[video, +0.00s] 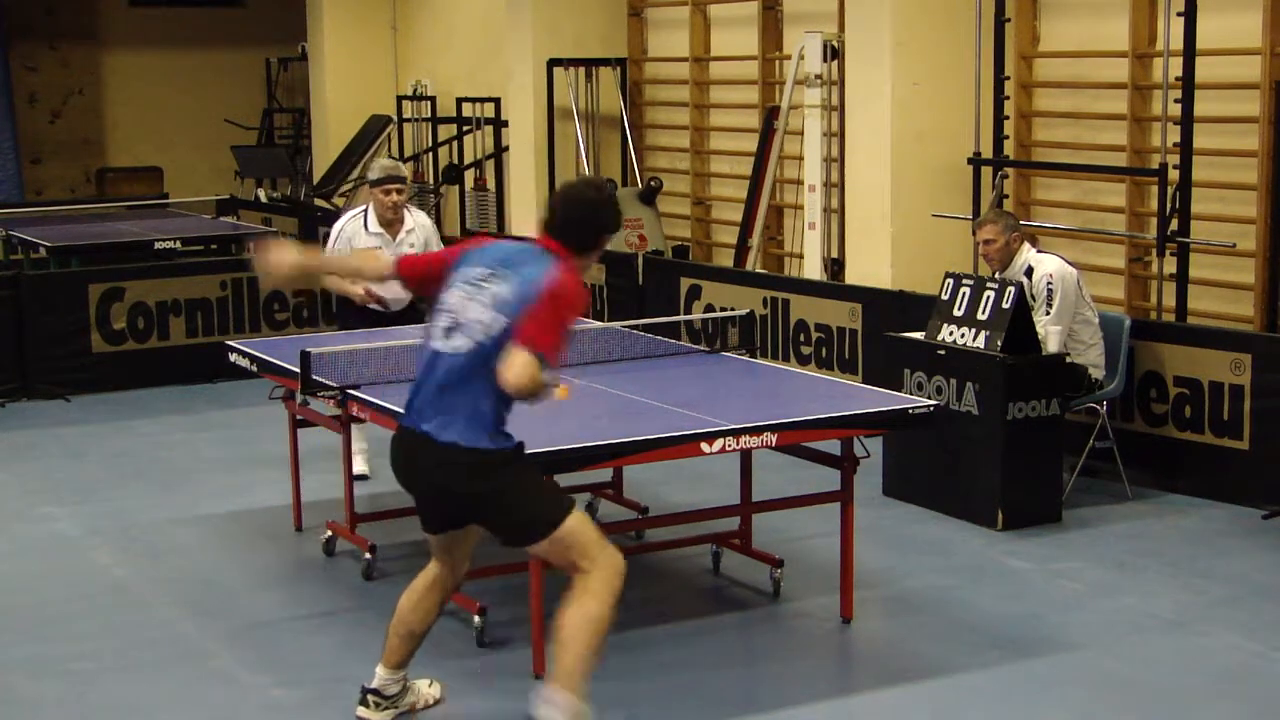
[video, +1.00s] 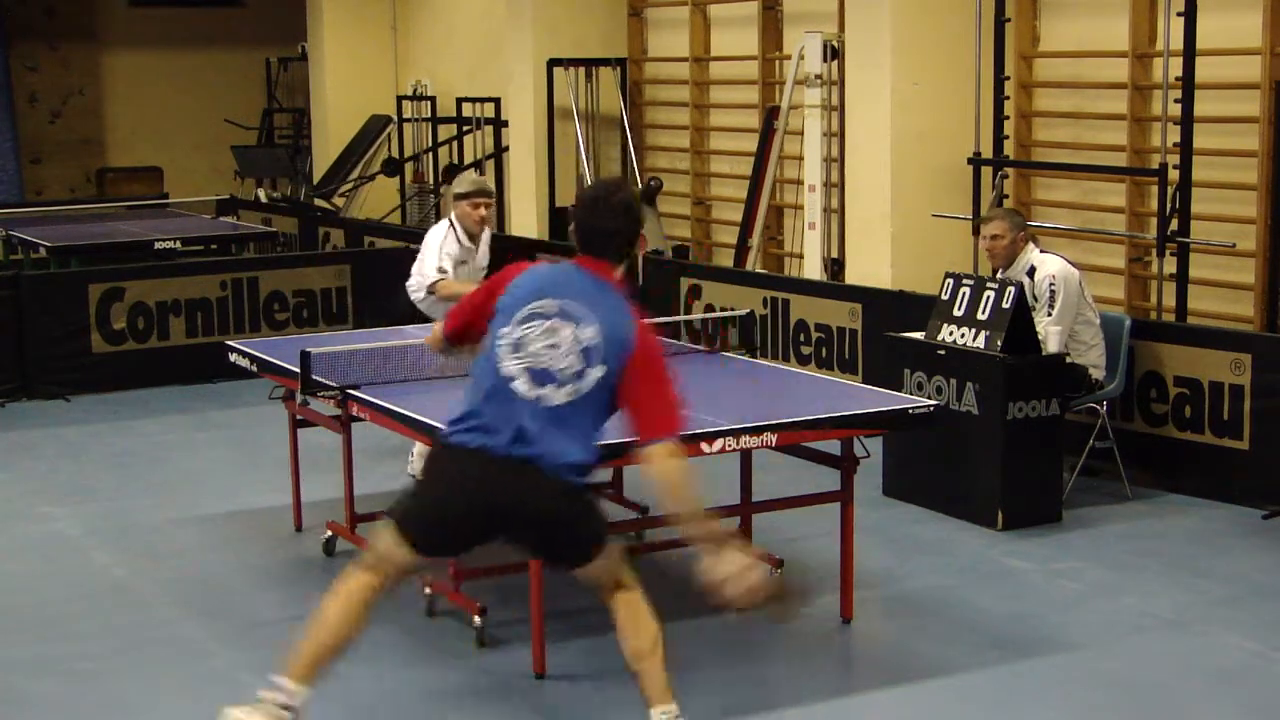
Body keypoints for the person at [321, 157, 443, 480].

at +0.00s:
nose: (394, 199)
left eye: (400, 192)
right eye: (386, 193)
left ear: (408, 192)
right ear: (371, 193)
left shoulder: (423, 224)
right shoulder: (348, 226)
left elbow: (440, 269)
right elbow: (324, 274)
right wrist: (351, 289)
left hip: (408, 308)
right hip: (362, 311)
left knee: (416, 377)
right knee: (355, 379)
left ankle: (423, 449)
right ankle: (358, 451)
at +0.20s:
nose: (411, 196)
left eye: (416, 189)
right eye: (403, 190)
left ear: (423, 190)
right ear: (388, 191)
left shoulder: (435, 222)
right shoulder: (366, 222)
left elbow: (458, 265)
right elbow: (340, 273)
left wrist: (469, 309)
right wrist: (368, 283)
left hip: (421, 309)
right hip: (375, 310)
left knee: (434, 376)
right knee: (361, 376)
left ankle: (454, 444)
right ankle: (359, 450)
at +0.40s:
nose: (444, 199)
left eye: (449, 193)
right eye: (436, 192)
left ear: (456, 194)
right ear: (418, 192)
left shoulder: (459, 227)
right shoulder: (397, 224)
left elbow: (488, 269)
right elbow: (370, 271)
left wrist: (515, 297)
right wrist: (408, 279)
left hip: (432, 309)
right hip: (390, 307)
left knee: (445, 371)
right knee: (391, 371)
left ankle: (468, 443)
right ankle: (382, 440)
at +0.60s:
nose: (470, 211)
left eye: (475, 204)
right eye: (463, 203)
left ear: (479, 205)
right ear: (444, 203)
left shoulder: (468, 235)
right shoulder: (425, 229)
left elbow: (487, 274)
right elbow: (415, 277)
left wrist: (518, 301)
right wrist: (463, 273)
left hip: (433, 314)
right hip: (397, 312)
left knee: (436, 378)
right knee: (419, 380)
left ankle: (426, 446)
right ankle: (420, 447)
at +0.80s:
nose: (491, 231)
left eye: (493, 224)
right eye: (484, 223)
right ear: (461, 221)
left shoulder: (464, 247)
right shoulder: (451, 245)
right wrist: (522, 291)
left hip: (423, 323)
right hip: (397, 320)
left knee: (440, 382)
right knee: (431, 384)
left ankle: (427, 449)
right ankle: (423, 451)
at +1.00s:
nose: (483, 214)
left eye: (487, 207)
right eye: (475, 206)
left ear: (492, 207)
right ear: (456, 206)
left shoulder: (485, 233)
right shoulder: (441, 235)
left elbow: (476, 275)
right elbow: (438, 286)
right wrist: (487, 289)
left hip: (463, 309)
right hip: (433, 312)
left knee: (463, 386)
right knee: (440, 388)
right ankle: (422, 457)